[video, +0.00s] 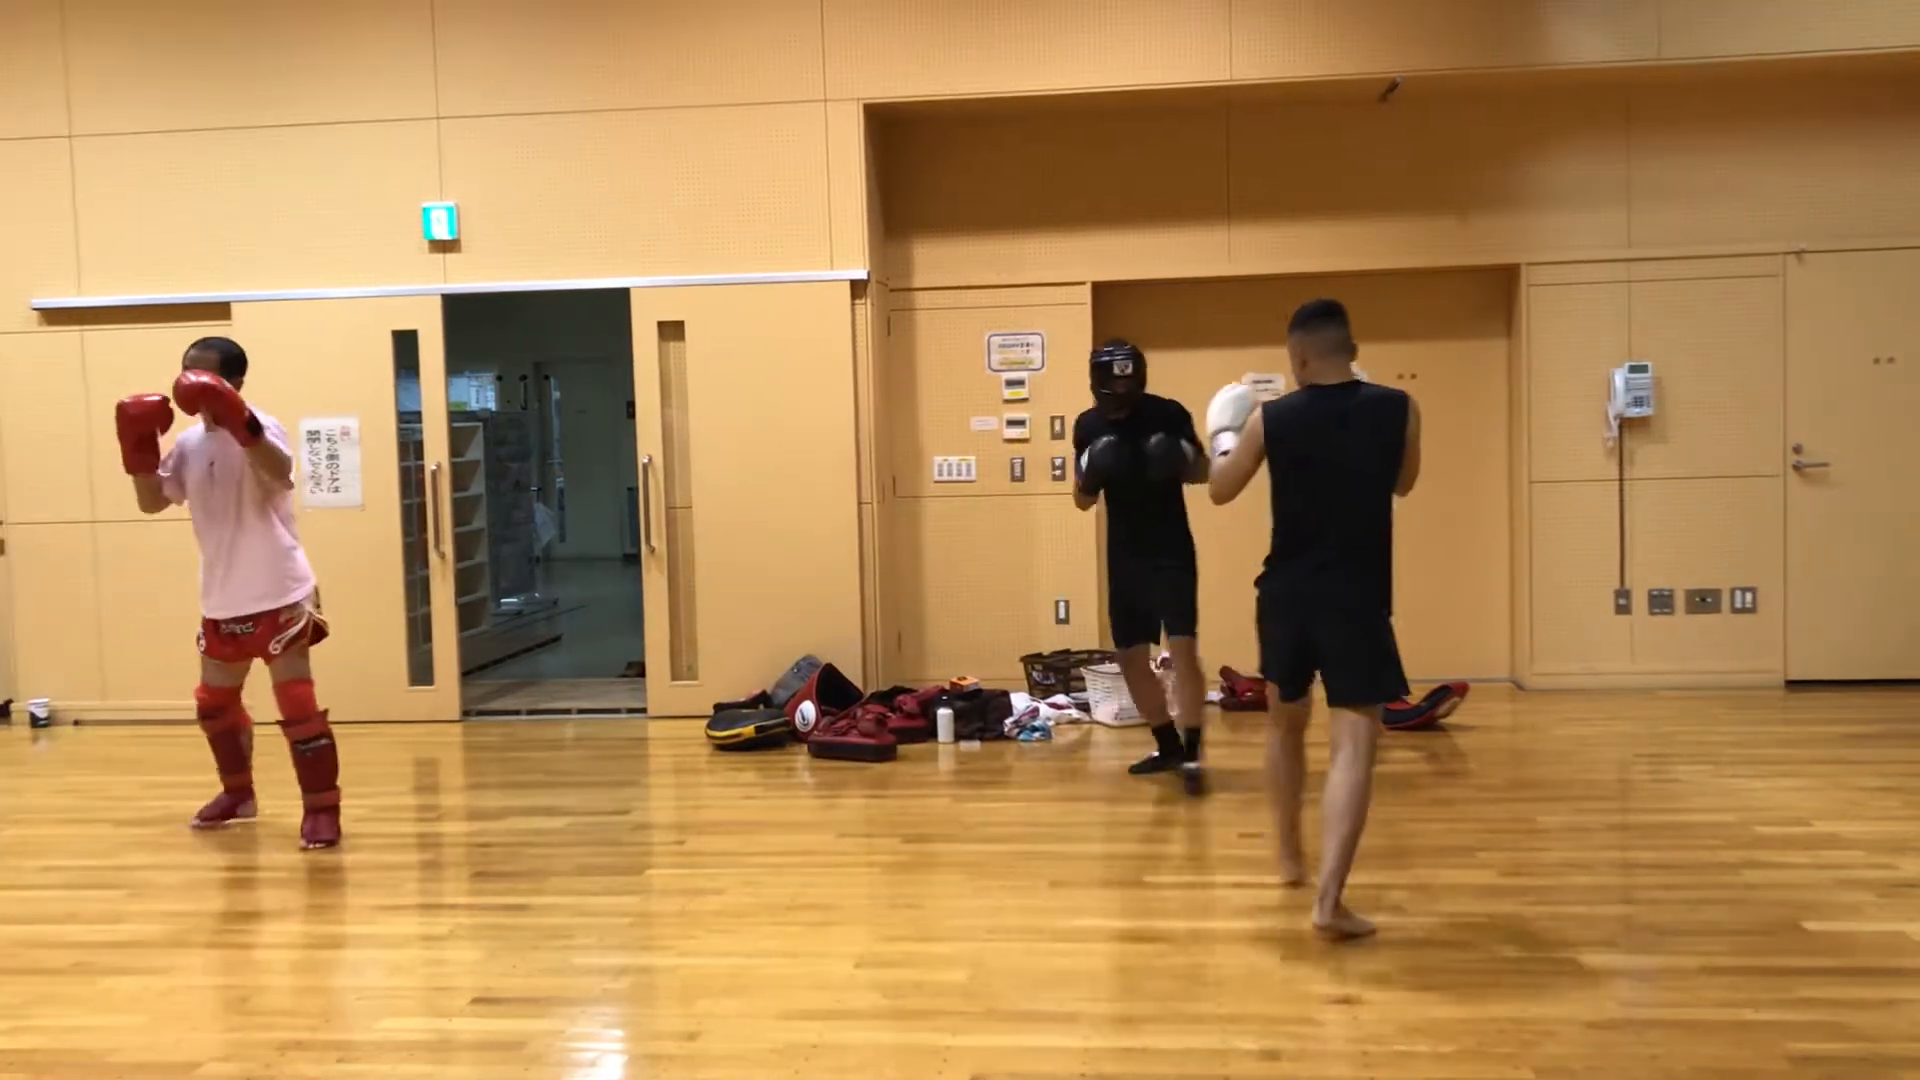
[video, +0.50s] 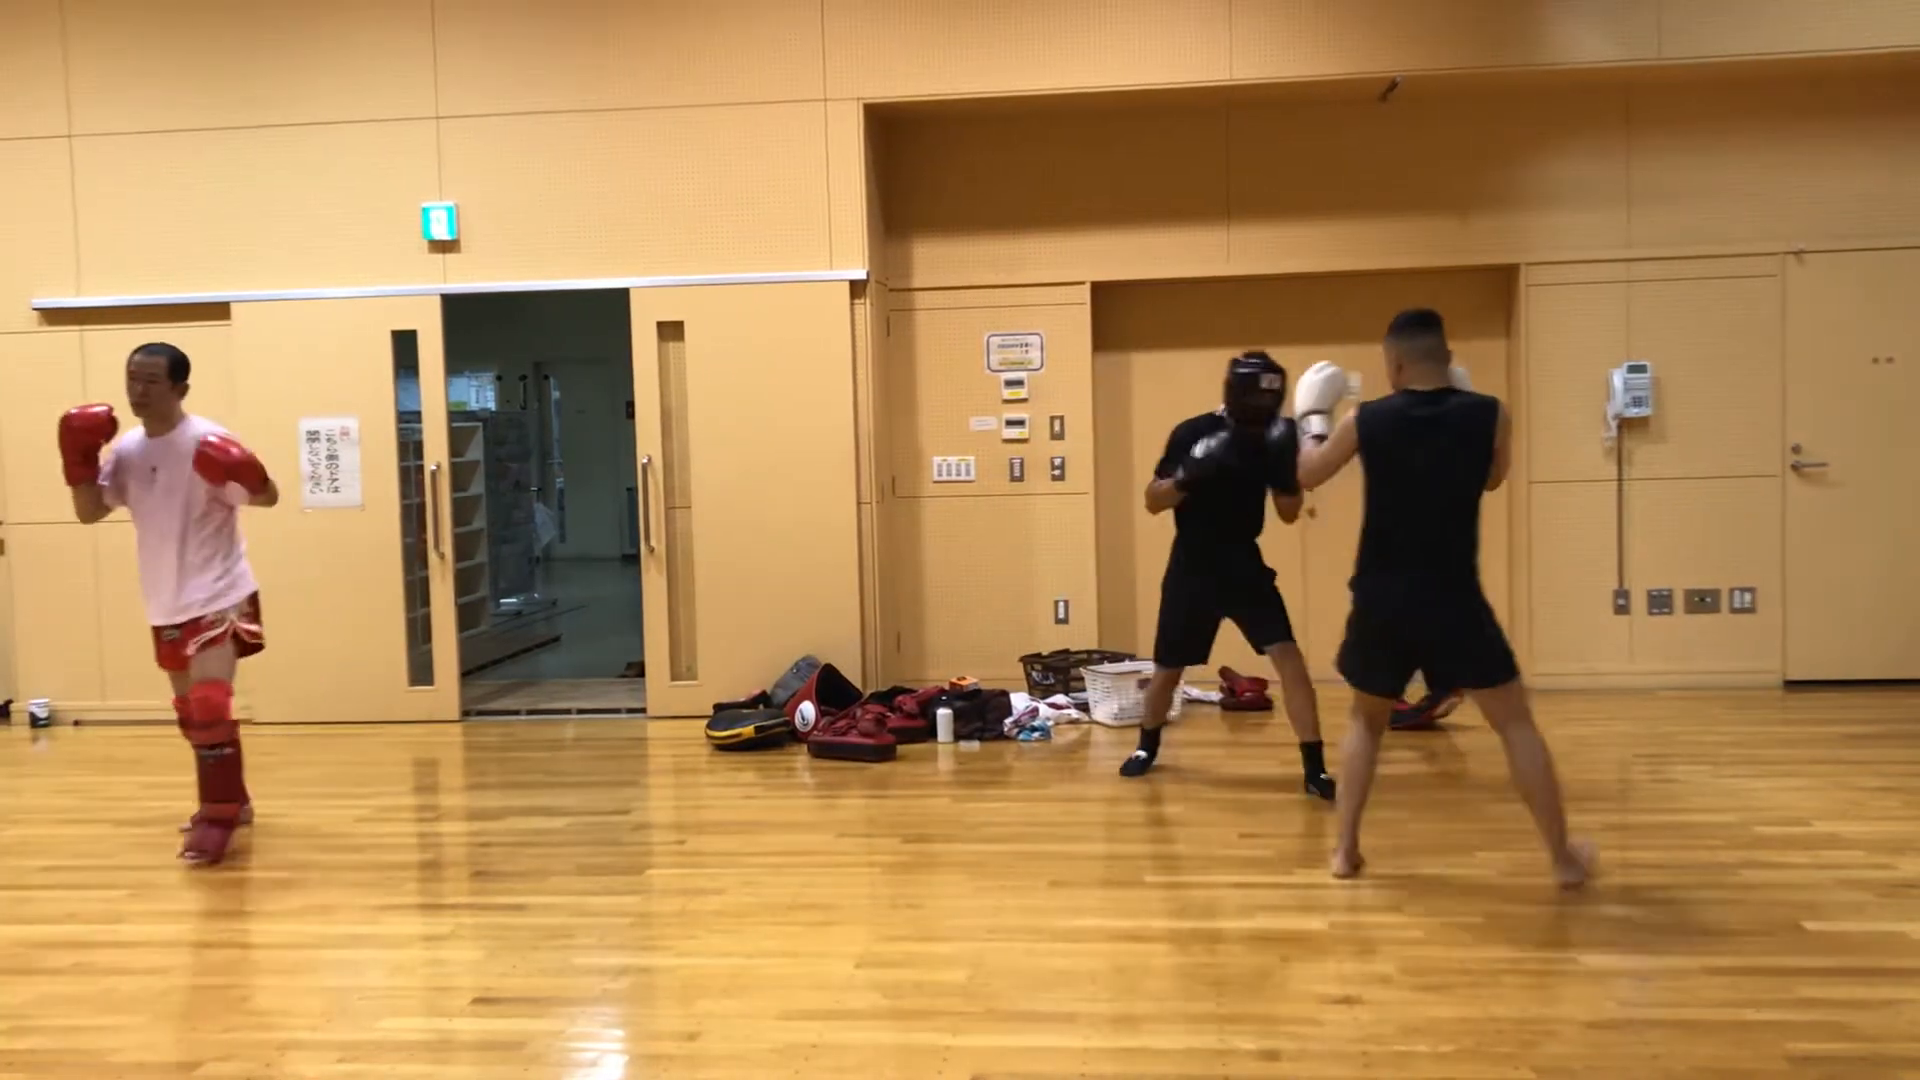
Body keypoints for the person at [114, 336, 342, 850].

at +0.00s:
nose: (194, 389)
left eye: (204, 378)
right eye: (189, 378)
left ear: (233, 382)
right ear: (183, 385)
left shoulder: (263, 429)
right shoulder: (188, 444)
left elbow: (282, 474)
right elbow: (153, 498)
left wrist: (238, 422)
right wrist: (138, 445)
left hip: (280, 587)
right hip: (223, 593)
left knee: (295, 700)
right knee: (216, 701)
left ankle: (321, 809)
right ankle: (237, 793)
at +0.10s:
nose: (177, 391)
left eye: (188, 381)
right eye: (171, 380)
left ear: (219, 385)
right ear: (166, 385)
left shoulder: (244, 432)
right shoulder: (175, 451)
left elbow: (278, 482)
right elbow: (148, 512)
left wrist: (234, 443)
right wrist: (132, 457)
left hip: (261, 593)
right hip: (207, 599)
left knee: (278, 702)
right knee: (209, 706)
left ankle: (316, 809)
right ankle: (232, 799)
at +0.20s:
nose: (160, 387)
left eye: (172, 378)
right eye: (156, 378)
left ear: (204, 384)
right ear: (155, 384)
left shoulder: (235, 438)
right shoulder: (162, 447)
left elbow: (277, 491)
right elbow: (135, 509)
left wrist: (233, 470)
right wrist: (112, 461)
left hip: (248, 594)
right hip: (195, 600)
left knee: (261, 702)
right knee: (204, 708)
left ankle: (307, 804)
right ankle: (232, 799)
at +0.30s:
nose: (146, 386)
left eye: (158, 377)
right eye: (143, 376)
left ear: (189, 384)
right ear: (139, 382)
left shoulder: (222, 438)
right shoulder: (148, 448)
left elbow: (277, 494)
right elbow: (115, 505)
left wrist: (243, 485)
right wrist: (94, 456)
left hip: (239, 593)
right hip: (186, 601)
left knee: (241, 704)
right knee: (204, 708)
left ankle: (280, 805)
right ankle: (232, 799)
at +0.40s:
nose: (143, 388)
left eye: (155, 379)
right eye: (138, 378)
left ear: (185, 385)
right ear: (133, 383)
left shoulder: (217, 439)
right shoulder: (138, 447)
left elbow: (274, 495)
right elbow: (102, 504)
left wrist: (247, 481)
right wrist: (87, 455)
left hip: (231, 592)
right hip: (178, 599)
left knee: (228, 704)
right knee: (199, 710)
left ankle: (254, 808)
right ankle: (229, 796)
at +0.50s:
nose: (137, 389)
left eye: (150, 381)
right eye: (132, 379)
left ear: (179, 388)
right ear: (125, 384)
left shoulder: (207, 442)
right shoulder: (125, 450)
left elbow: (267, 498)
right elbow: (90, 510)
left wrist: (248, 473)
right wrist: (78, 458)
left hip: (217, 594)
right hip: (165, 601)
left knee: (210, 708)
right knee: (191, 714)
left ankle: (217, 817)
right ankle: (229, 802)